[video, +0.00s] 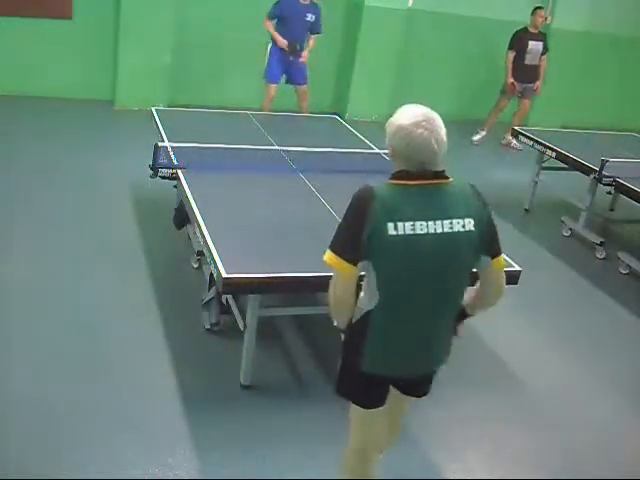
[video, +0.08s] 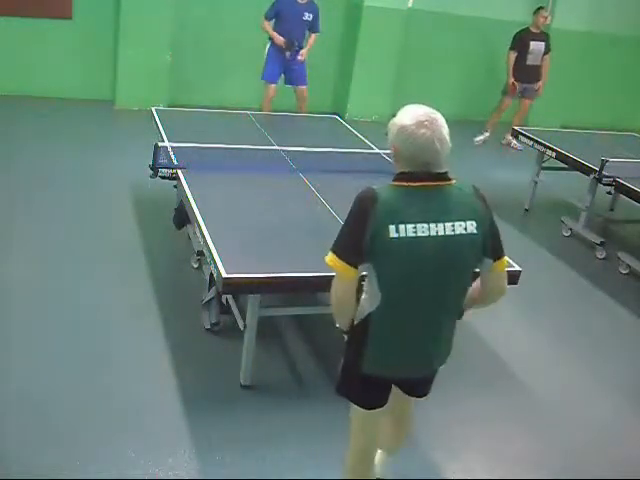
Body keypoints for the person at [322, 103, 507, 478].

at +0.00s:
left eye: (390, 144)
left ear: (392, 153)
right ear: (442, 150)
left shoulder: (371, 201)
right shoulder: (470, 199)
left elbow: (342, 287)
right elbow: (493, 289)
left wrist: (345, 325)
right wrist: (463, 309)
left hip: (376, 342)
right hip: (432, 342)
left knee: (364, 446)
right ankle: (379, 447)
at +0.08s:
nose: (389, 147)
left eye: (390, 143)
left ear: (395, 153)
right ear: (445, 150)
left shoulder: (373, 203)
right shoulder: (473, 201)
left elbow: (344, 282)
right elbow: (495, 288)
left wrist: (346, 326)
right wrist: (455, 302)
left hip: (378, 342)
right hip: (434, 341)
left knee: (364, 434)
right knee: (401, 410)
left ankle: (364, 470)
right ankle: (381, 462)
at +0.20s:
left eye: (400, 146)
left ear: (403, 155)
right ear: (454, 152)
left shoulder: (381, 204)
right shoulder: (480, 203)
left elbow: (350, 284)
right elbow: (498, 284)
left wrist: (350, 325)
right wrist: (454, 292)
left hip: (382, 343)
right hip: (438, 341)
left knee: (366, 439)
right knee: (417, 409)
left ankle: (361, 471)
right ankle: (414, 465)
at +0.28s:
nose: (403, 151)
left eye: (405, 146)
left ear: (409, 154)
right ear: (459, 153)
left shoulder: (386, 202)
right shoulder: (484, 202)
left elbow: (355, 281)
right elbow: (499, 282)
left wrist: (349, 323)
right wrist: (455, 289)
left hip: (385, 343)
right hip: (440, 341)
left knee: (369, 438)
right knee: (426, 404)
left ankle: (362, 471)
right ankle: (428, 468)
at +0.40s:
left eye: (420, 145)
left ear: (423, 154)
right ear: (473, 154)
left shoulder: (400, 200)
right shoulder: (492, 202)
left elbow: (367, 277)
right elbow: (503, 282)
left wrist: (359, 322)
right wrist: (464, 293)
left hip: (392, 340)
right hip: (448, 338)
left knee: (371, 441)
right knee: (442, 413)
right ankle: (449, 473)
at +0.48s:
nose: (423, 148)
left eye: (427, 143)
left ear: (430, 153)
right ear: (479, 155)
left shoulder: (408, 199)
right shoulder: (498, 202)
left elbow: (375, 277)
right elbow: (511, 278)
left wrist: (363, 321)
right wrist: (471, 294)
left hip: (398, 338)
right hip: (454, 336)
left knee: (375, 440)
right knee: (449, 414)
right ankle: (454, 473)